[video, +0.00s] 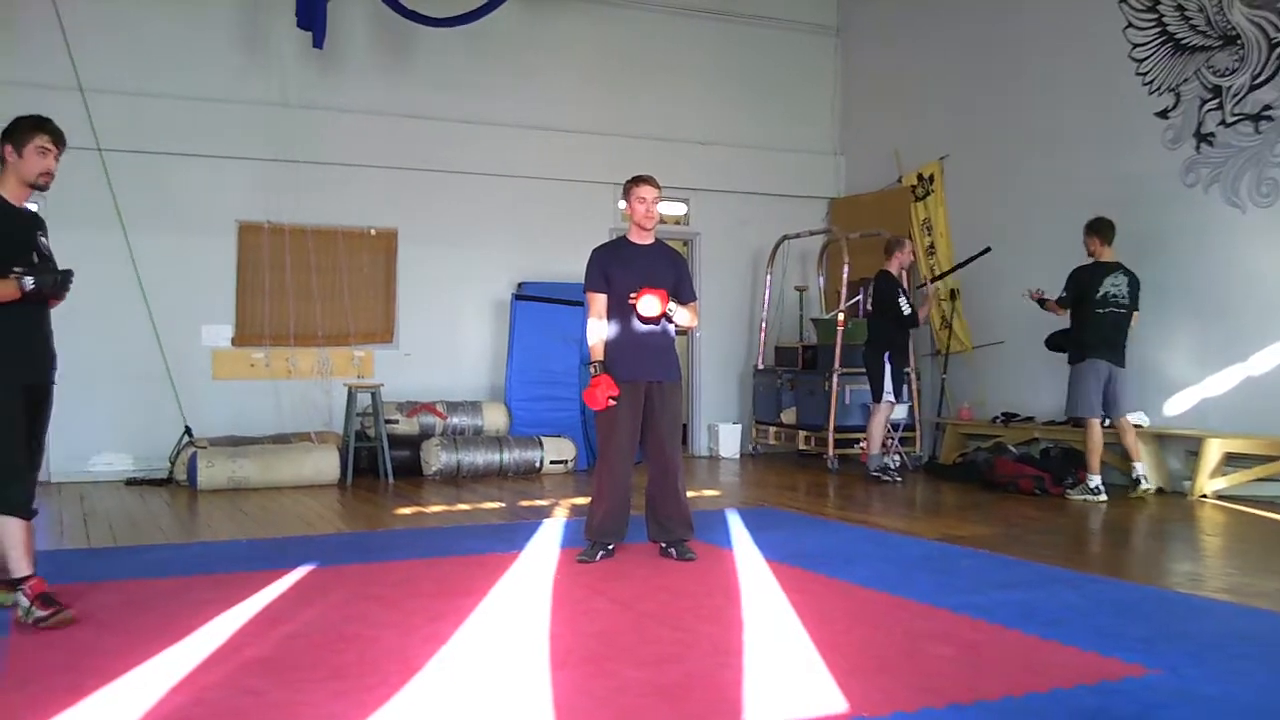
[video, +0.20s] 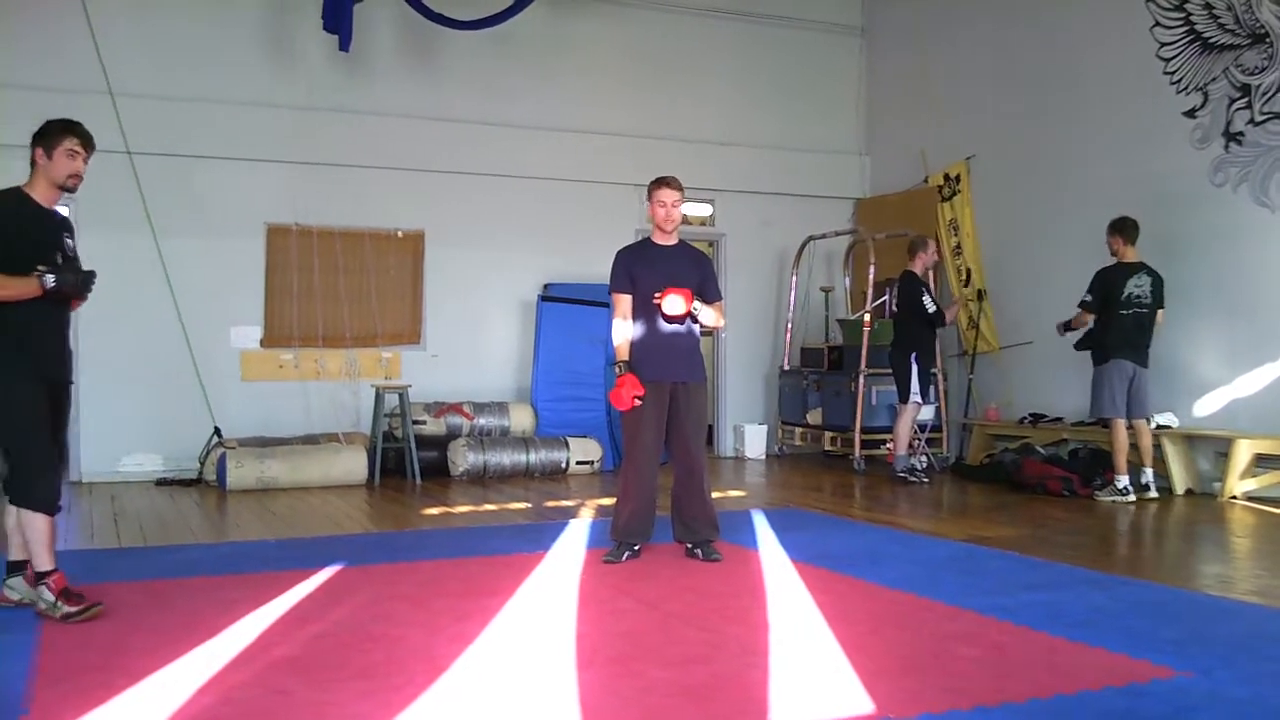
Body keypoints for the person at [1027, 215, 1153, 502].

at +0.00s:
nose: (1084, 246)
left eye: (1086, 241)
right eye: (1085, 241)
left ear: (1095, 241)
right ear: (1110, 241)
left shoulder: (1083, 274)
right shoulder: (1130, 277)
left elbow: (1059, 309)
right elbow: (1131, 319)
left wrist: (1040, 299)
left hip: (1089, 354)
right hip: (1116, 356)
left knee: (1093, 420)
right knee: (1121, 417)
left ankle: (1094, 484)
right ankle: (1141, 477)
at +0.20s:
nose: (1107, 245)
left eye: (1109, 240)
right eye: (1108, 240)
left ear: (1118, 241)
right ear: (1133, 240)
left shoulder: (1106, 275)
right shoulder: (1154, 277)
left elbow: (1084, 318)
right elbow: (1157, 318)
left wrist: (1067, 326)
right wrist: (1132, 324)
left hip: (1112, 355)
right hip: (1140, 356)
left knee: (1117, 420)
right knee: (1140, 419)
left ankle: (1122, 485)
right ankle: (1148, 482)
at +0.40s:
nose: (1110, 245)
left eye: (1112, 240)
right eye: (1111, 240)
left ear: (1122, 242)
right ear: (1136, 242)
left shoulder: (1110, 278)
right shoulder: (1155, 279)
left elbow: (1099, 323)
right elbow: (1160, 319)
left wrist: (1091, 359)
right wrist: (1131, 318)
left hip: (1114, 357)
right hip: (1141, 358)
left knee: (1119, 422)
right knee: (1142, 421)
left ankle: (1124, 486)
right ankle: (1150, 483)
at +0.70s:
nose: (1117, 246)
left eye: (1118, 241)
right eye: (1117, 241)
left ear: (1126, 241)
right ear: (1141, 240)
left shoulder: (1121, 277)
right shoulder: (1160, 277)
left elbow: (1118, 319)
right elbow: (1163, 317)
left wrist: (1112, 356)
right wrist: (1134, 313)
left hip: (1125, 355)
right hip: (1148, 357)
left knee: (1126, 420)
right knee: (1150, 419)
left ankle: (1130, 483)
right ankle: (1156, 481)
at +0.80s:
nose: (1154, 247)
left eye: (1155, 241)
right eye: (1154, 241)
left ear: (1162, 241)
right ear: (1178, 240)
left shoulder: (1160, 276)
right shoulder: (1197, 277)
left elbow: (1154, 320)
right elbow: (1200, 316)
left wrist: (1143, 356)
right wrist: (1169, 313)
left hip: (1162, 356)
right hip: (1185, 357)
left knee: (1165, 422)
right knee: (1187, 420)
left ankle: (1169, 486)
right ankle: (1195, 483)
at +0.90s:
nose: (1190, 250)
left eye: (1192, 245)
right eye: (1190, 245)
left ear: (1201, 245)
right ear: (1214, 246)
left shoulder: (1195, 280)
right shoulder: (1233, 282)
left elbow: (1189, 326)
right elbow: (1234, 322)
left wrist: (1166, 353)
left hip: (1196, 361)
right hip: (1219, 362)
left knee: (1199, 428)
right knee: (1222, 426)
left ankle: (1203, 492)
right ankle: (1229, 491)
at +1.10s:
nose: (1184, 252)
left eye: (1186, 247)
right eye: (1185, 247)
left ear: (1198, 247)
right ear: (1209, 247)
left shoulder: (1191, 281)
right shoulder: (1228, 284)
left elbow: (1178, 324)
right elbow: (1207, 318)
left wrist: (1159, 318)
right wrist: (1174, 304)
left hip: (1188, 361)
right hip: (1212, 362)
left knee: (1190, 427)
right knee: (1212, 426)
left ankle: (1193, 491)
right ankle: (1219, 490)